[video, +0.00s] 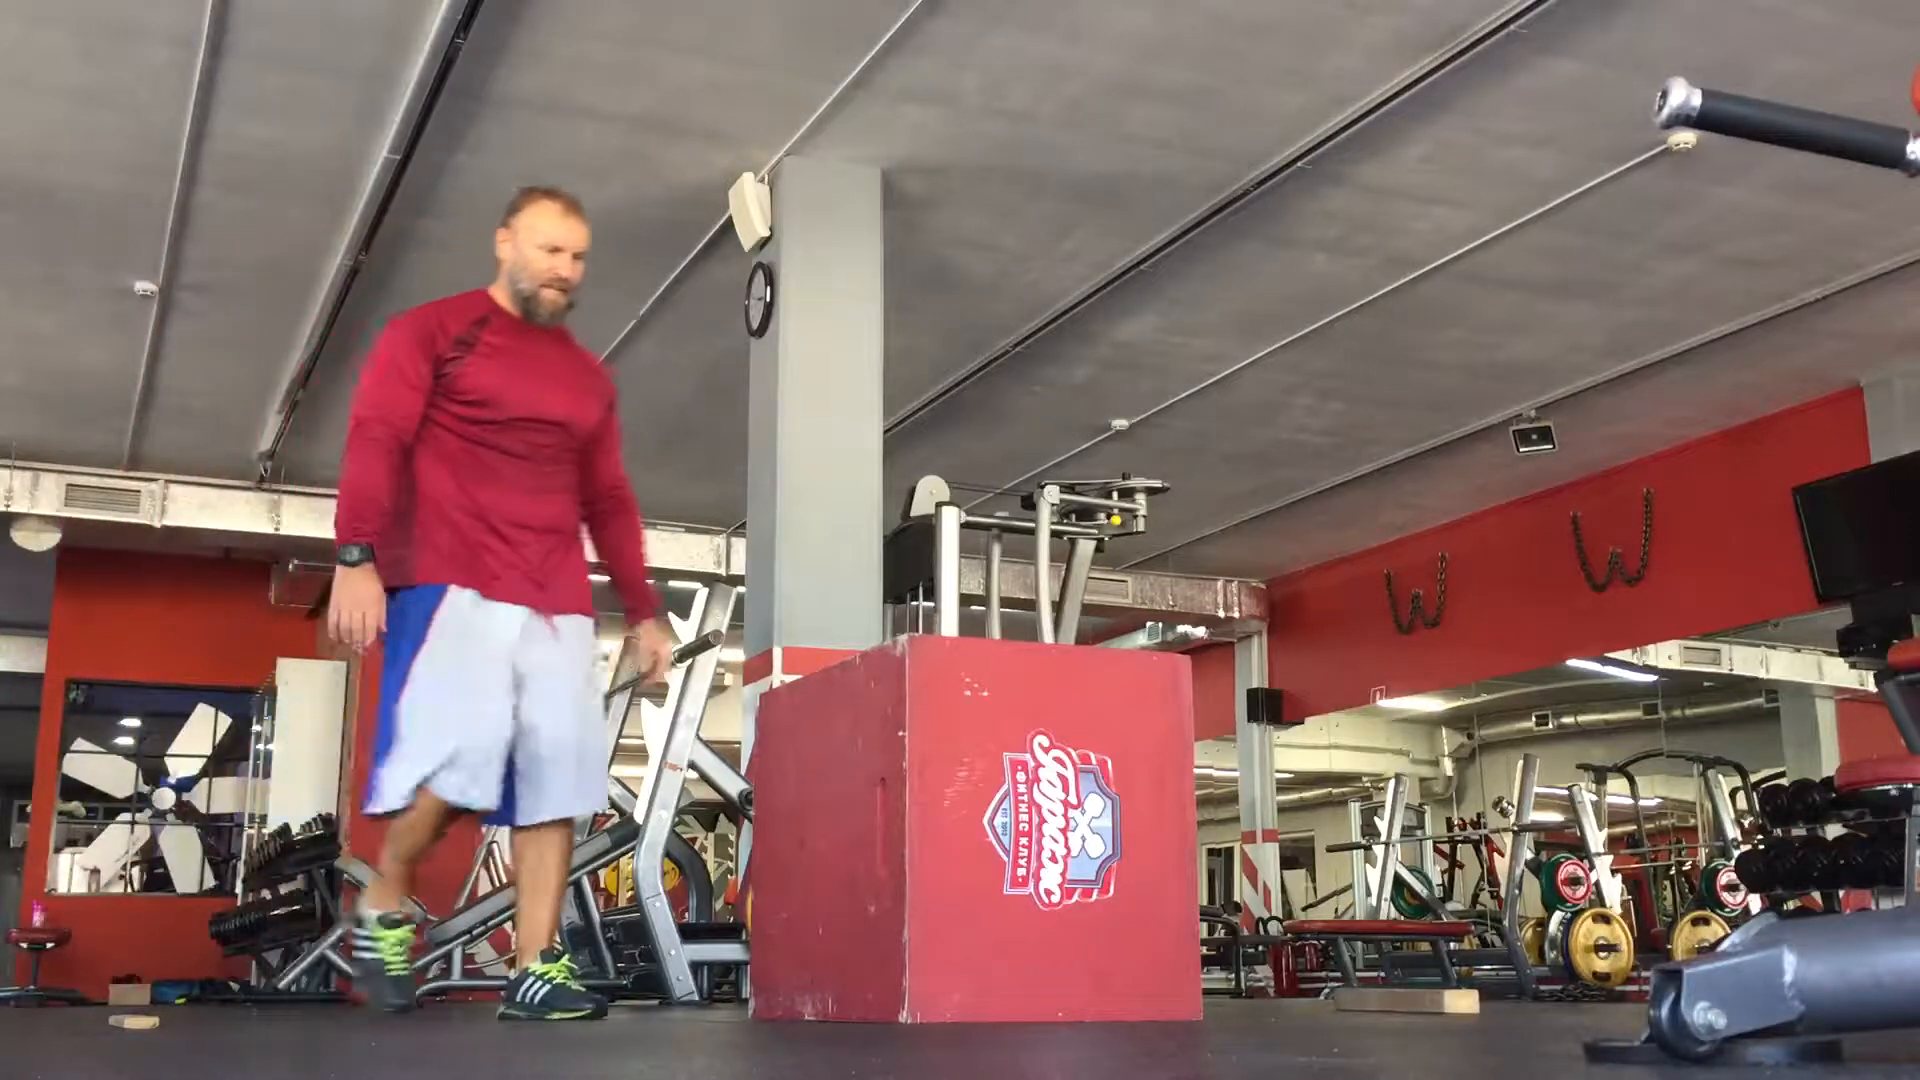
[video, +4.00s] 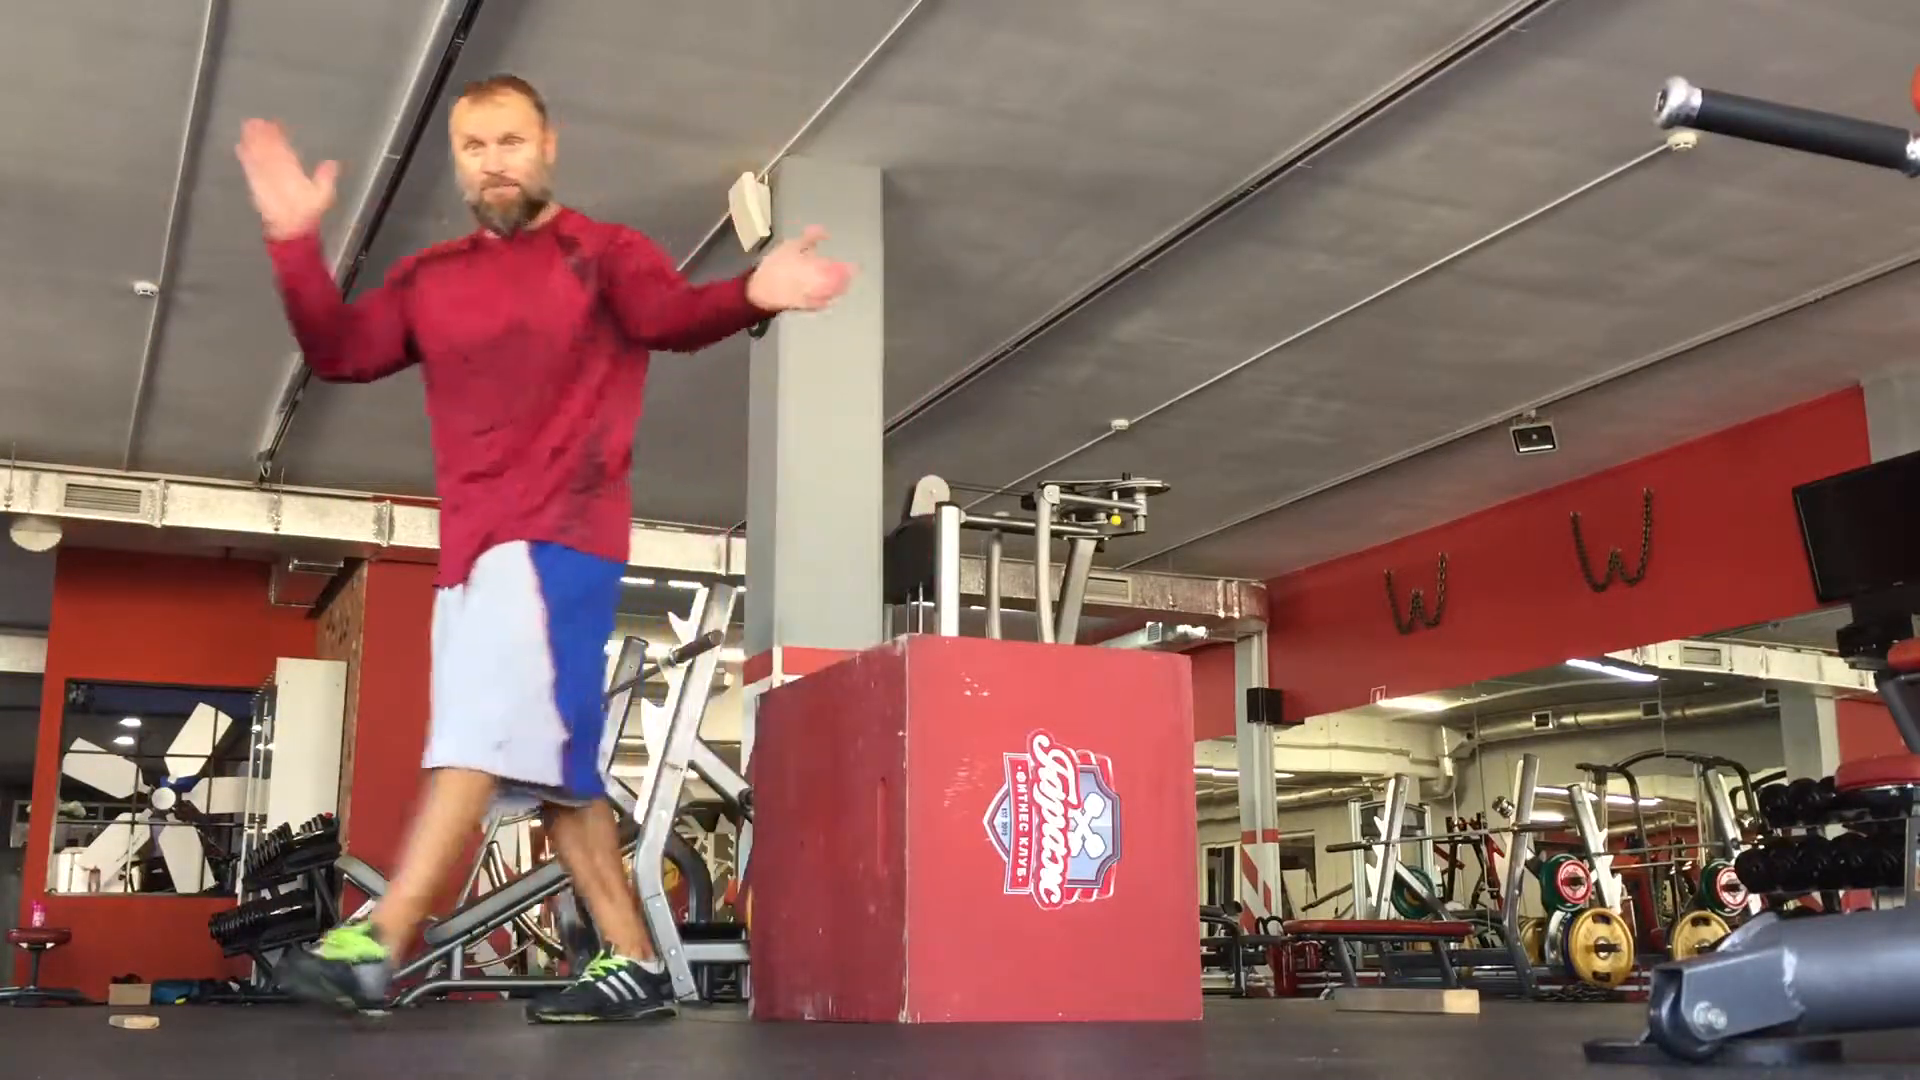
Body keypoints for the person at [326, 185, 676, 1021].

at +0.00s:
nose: (568, 269)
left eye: (579, 256)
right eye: (552, 249)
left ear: (584, 268)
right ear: (503, 245)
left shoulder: (588, 376)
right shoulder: (429, 334)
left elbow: (610, 499)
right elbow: (376, 439)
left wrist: (644, 613)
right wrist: (355, 559)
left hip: (556, 599)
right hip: (451, 583)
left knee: (557, 771)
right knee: (463, 759)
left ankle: (534, 965)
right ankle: (387, 892)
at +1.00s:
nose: (754, 203)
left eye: (770, 186)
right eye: (737, 183)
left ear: (788, 178)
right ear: (692, 165)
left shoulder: (815, 298)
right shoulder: (612, 256)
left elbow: (842, 435)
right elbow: (552, 382)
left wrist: (865, 553)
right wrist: (518, 506)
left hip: (752, 553)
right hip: (613, 543)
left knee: (768, 739)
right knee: (581, 741)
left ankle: (781, 957)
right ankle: (565, 955)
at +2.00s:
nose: (861, 207)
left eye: (882, 190)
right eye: (843, 185)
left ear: (909, 174)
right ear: (810, 149)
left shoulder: (924, 302)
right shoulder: (731, 215)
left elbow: (918, 455)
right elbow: (662, 335)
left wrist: (912, 591)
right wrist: (621, 456)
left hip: (810, 531)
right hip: (688, 506)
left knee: (792, 743)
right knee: (662, 728)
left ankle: (778, 960)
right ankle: (644, 950)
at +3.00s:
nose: (810, 153)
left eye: (831, 134)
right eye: (792, 131)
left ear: (859, 142)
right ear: (760, 134)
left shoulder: (895, 277)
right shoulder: (690, 228)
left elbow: (905, 428)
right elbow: (631, 356)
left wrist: (892, 569)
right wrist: (603, 476)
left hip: (804, 532)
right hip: (673, 516)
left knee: (789, 742)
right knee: (648, 732)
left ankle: (779, 956)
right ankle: (646, 952)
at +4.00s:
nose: (491, 160)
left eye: (510, 140)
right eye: (473, 145)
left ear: (548, 147)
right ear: (455, 161)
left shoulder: (602, 250)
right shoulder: (427, 279)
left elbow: (665, 313)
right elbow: (339, 349)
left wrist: (749, 291)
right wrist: (297, 242)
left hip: (564, 527)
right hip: (473, 535)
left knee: (474, 730)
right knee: (559, 758)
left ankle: (380, 945)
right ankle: (635, 963)